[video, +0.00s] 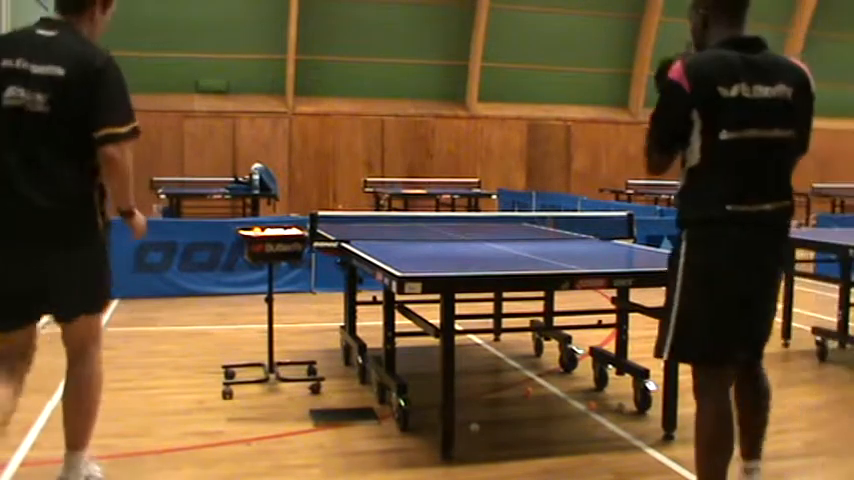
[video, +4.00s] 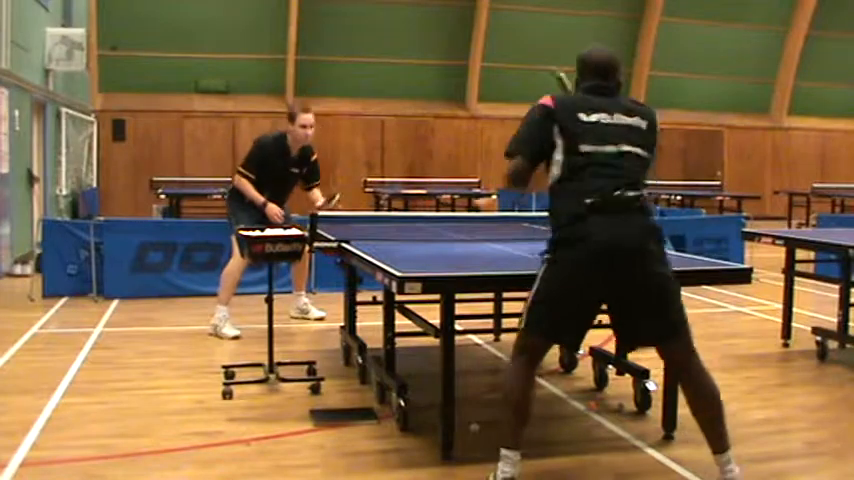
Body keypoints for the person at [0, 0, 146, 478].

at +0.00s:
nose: (109, 19)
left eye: (110, 12)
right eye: (110, 12)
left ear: (57, 5)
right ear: (100, 8)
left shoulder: (8, 46)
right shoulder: (94, 64)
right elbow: (114, 154)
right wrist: (127, 209)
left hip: (9, 229)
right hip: (69, 232)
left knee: (12, 355)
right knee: (83, 352)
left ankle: (3, 462)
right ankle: (77, 462)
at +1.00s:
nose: (213, 80)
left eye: (215, 73)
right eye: (214, 72)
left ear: (184, 60)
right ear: (203, 66)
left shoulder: (137, 85)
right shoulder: (194, 105)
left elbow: (103, 130)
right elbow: (218, 167)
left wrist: (114, 177)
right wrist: (242, 211)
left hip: (131, 199)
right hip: (172, 204)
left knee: (133, 282)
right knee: (183, 287)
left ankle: (123, 345)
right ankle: (177, 371)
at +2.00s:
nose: (267, 84)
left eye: (266, 78)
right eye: (263, 78)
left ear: (245, 81)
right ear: (249, 80)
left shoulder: (230, 104)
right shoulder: (237, 112)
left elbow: (235, 146)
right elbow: (220, 158)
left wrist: (260, 156)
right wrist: (248, 187)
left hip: (215, 193)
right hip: (233, 195)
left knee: (222, 259)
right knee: (257, 254)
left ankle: (189, 308)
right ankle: (247, 323)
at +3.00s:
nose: (304, 115)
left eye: (307, 109)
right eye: (299, 110)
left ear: (311, 108)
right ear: (287, 107)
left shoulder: (308, 134)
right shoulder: (266, 126)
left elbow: (322, 171)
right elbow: (245, 165)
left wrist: (295, 181)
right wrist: (277, 166)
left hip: (280, 192)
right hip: (250, 191)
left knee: (295, 242)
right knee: (243, 247)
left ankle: (291, 304)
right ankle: (231, 313)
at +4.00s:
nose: (309, 132)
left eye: (312, 127)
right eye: (304, 127)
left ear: (314, 128)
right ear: (290, 127)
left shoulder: (307, 154)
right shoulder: (267, 145)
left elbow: (312, 186)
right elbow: (240, 180)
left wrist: (319, 201)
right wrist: (265, 205)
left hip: (275, 205)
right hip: (245, 201)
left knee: (302, 245)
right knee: (243, 252)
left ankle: (300, 302)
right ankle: (220, 316)